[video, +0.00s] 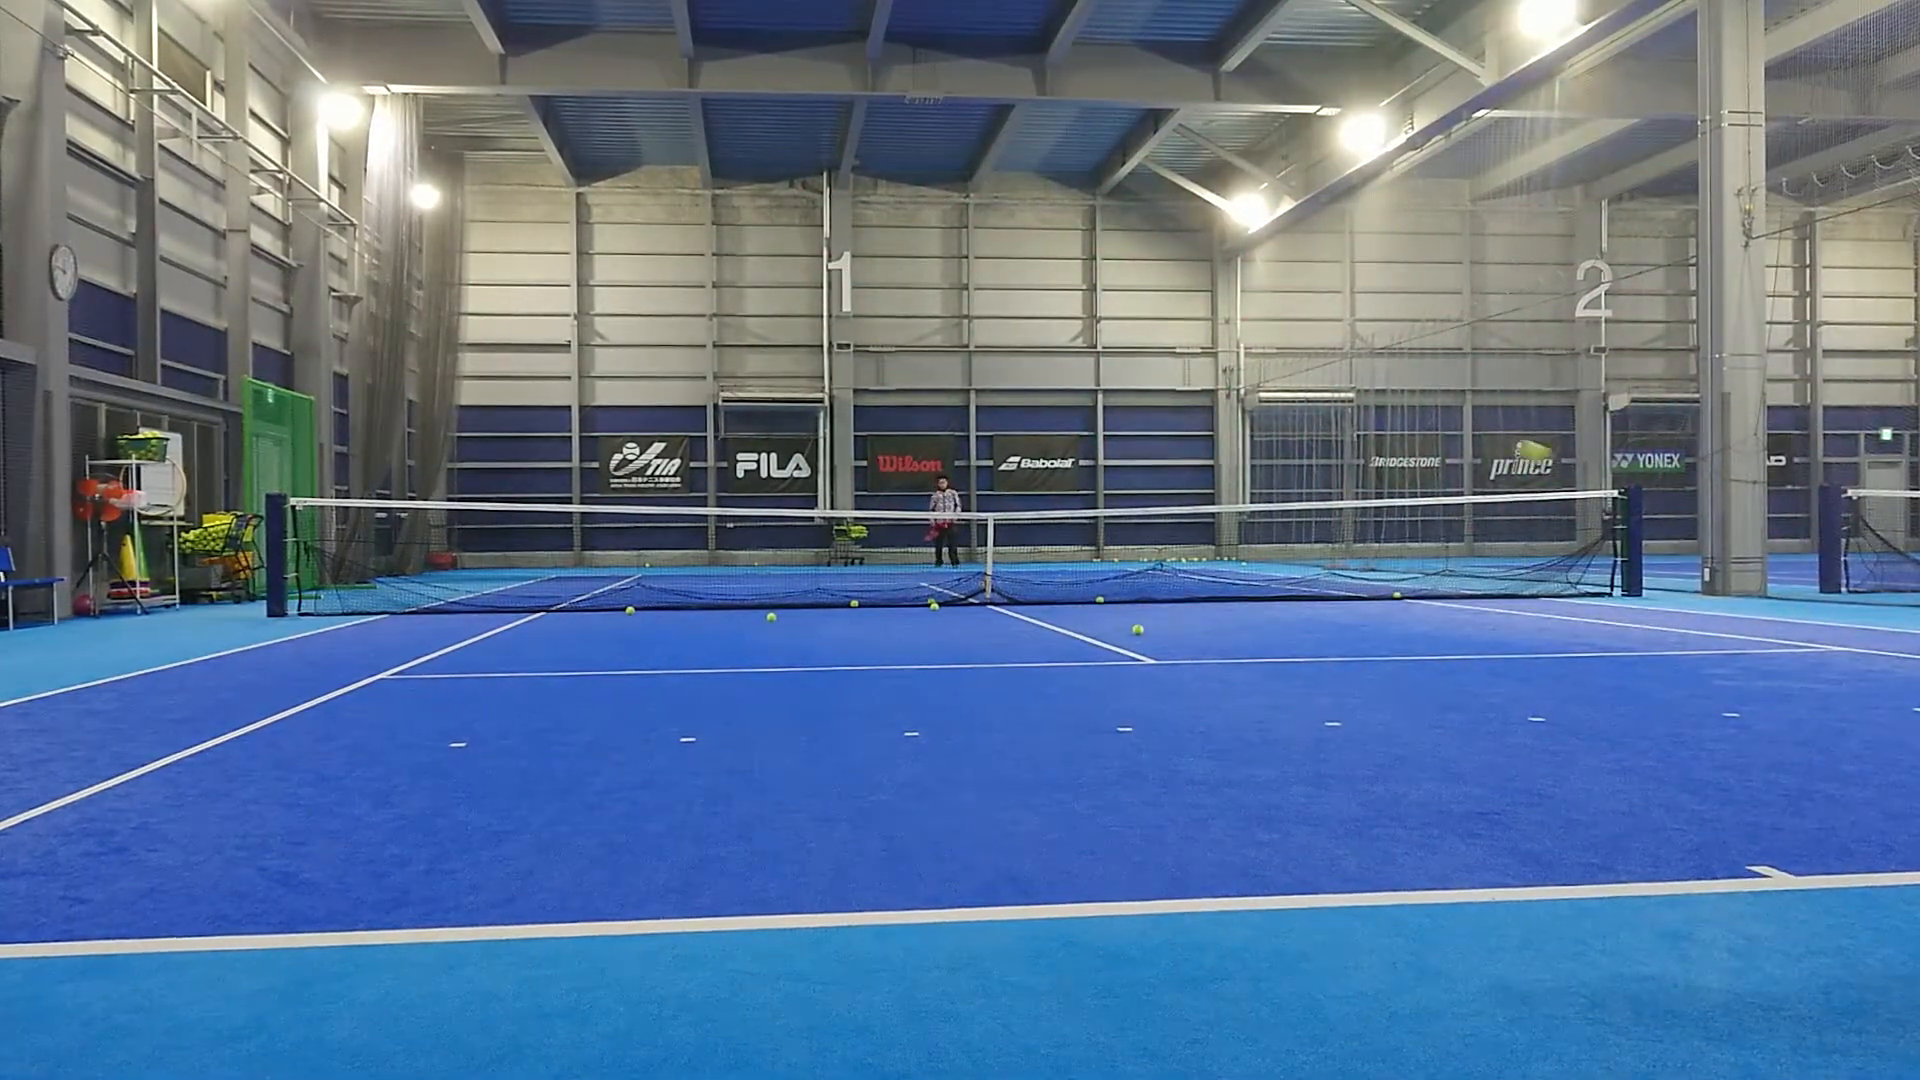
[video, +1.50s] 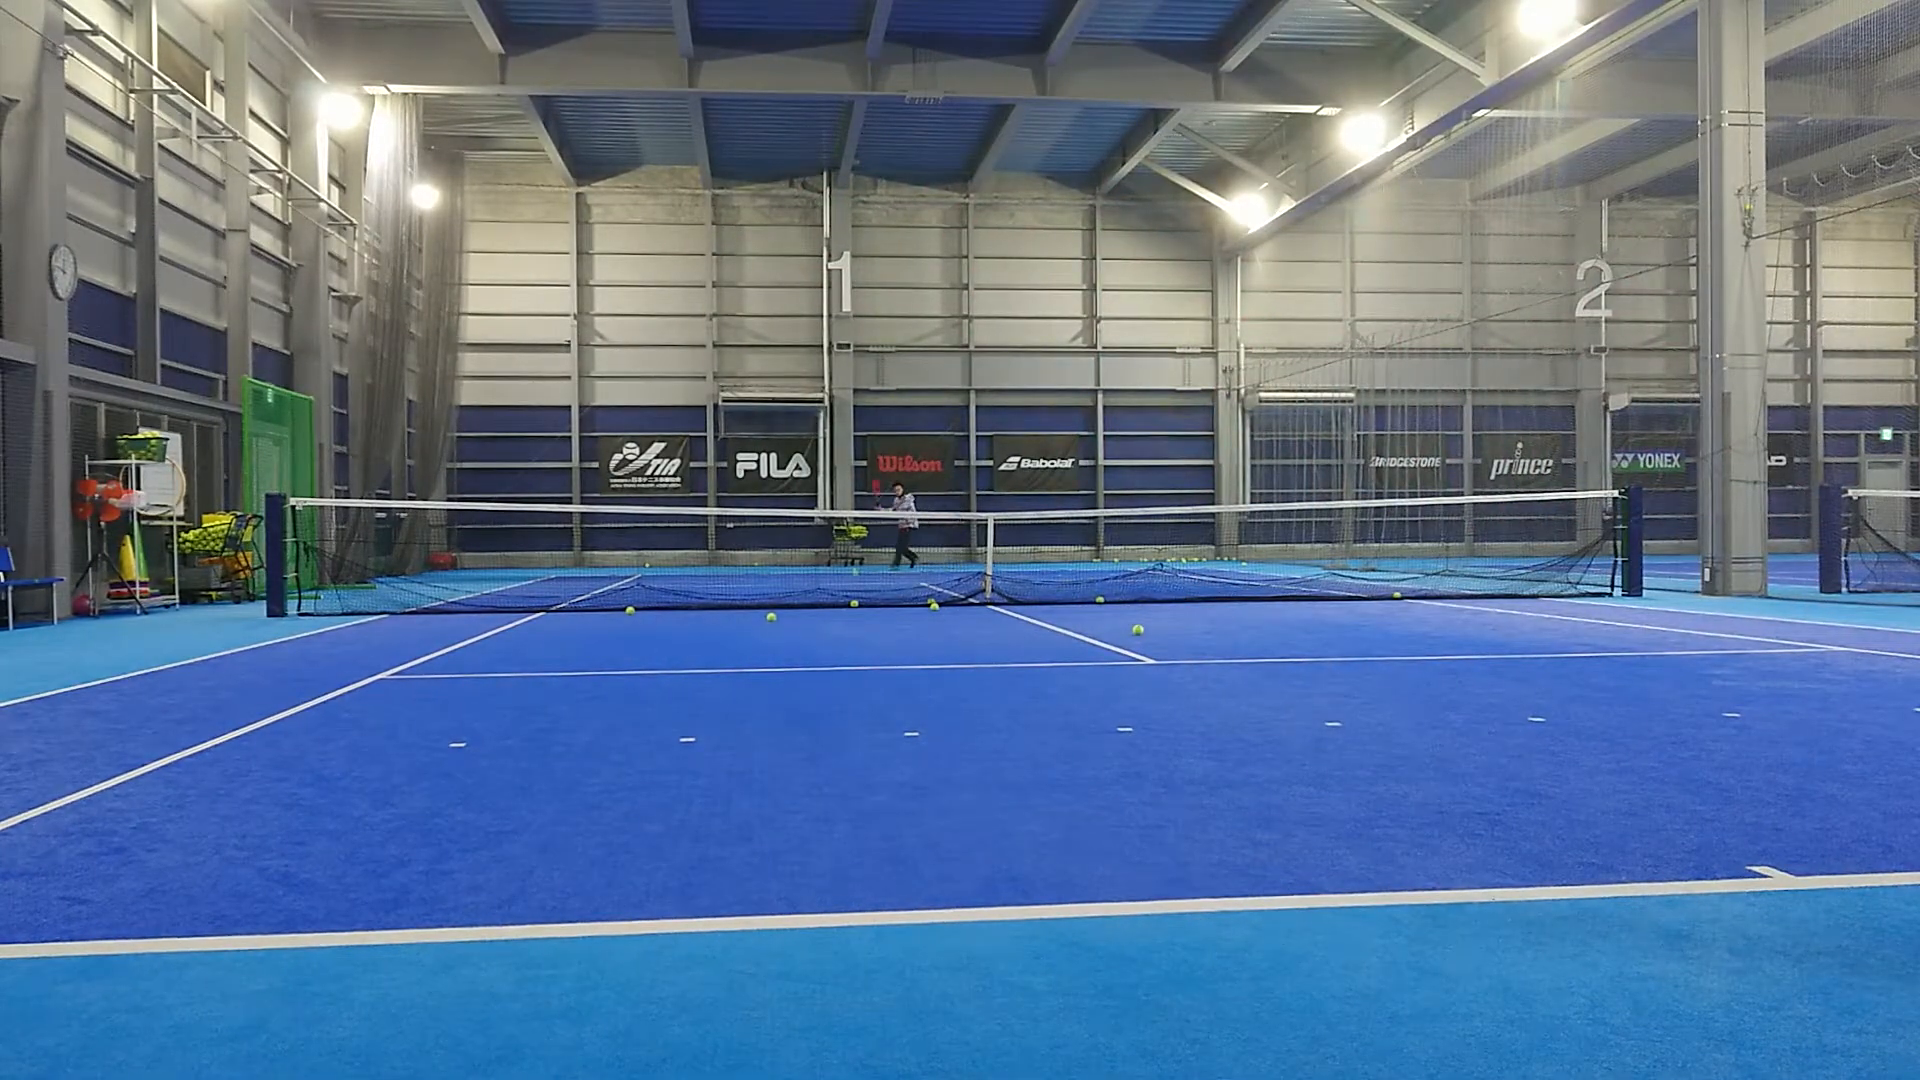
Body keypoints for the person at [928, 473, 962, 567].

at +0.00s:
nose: (942, 484)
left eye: (944, 482)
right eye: (940, 482)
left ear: (947, 483)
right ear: (937, 484)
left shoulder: (953, 493)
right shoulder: (935, 495)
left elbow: (958, 506)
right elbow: (931, 509)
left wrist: (956, 516)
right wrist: (932, 520)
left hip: (951, 522)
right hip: (939, 523)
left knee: (952, 544)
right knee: (938, 544)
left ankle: (955, 562)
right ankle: (938, 561)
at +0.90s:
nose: (944, 485)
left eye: (946, 482)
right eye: (942, 482)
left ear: (949, 484)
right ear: (939, 484)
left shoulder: (953, 494)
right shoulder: (936, 495)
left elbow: (955, 507)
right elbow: (931, 508)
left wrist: (946, 513)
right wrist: (937, 516)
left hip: (950, 523)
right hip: (938, 523)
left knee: (952, 545)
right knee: (932, 544)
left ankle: (955, 563)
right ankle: (927, 562)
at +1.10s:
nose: (931, 490)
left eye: (933, 488)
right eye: (930, 488)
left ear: (937, 489)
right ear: (928, 490)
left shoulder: (942, 500)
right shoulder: (926, 500)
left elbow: (942, 513)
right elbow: (923, 512)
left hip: (942, 527)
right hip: (930, 527)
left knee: (947, 547)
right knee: (923, 545)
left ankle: (954, 563)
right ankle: (920, 562)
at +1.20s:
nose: (922, 490)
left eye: (923, 488)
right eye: (920, 488)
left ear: (927, 489)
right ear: (918, 490)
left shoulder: (932, 498)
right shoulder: (917, 501)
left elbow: (933, 512)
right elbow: (915, 513)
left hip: (934, 527)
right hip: (923, 527)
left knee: (941, 546)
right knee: (918, 546)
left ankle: (953, 561)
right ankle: (921, 562)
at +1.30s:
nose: (913, 491)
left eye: (915, 489)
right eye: (911, 489)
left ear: (919, 489)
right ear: (909, 491)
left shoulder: (923, 498)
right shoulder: (910, 501)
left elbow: (922, 509)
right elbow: (907, 512)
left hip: (926, 526)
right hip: (916, 526)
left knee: (925, 547)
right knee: (914, 546)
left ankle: (939, 554)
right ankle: (920, 562)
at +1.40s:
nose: (905, 491)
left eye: (906, 489)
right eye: (903, 490)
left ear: (910, 489)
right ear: (901, 491)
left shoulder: (916, 497)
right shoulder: (903, 500)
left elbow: (915, 507)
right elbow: (900, 510)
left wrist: (905, 510)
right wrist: (892, 510)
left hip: (918, 524)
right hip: (909, 524)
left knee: (912, 544)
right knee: (907, 544)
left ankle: (920, 562)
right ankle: (916, 562)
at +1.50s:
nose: (897, 492)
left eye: (899, 489)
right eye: (895, 490)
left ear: (903, 489)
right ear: (894, 491)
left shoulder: (908, 499)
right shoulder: (896, 500)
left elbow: (912, 511)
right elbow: (893, 509)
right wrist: (882, 510)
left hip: (908, 524)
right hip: (901, 524)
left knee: (901, 546)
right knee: (900, 546)